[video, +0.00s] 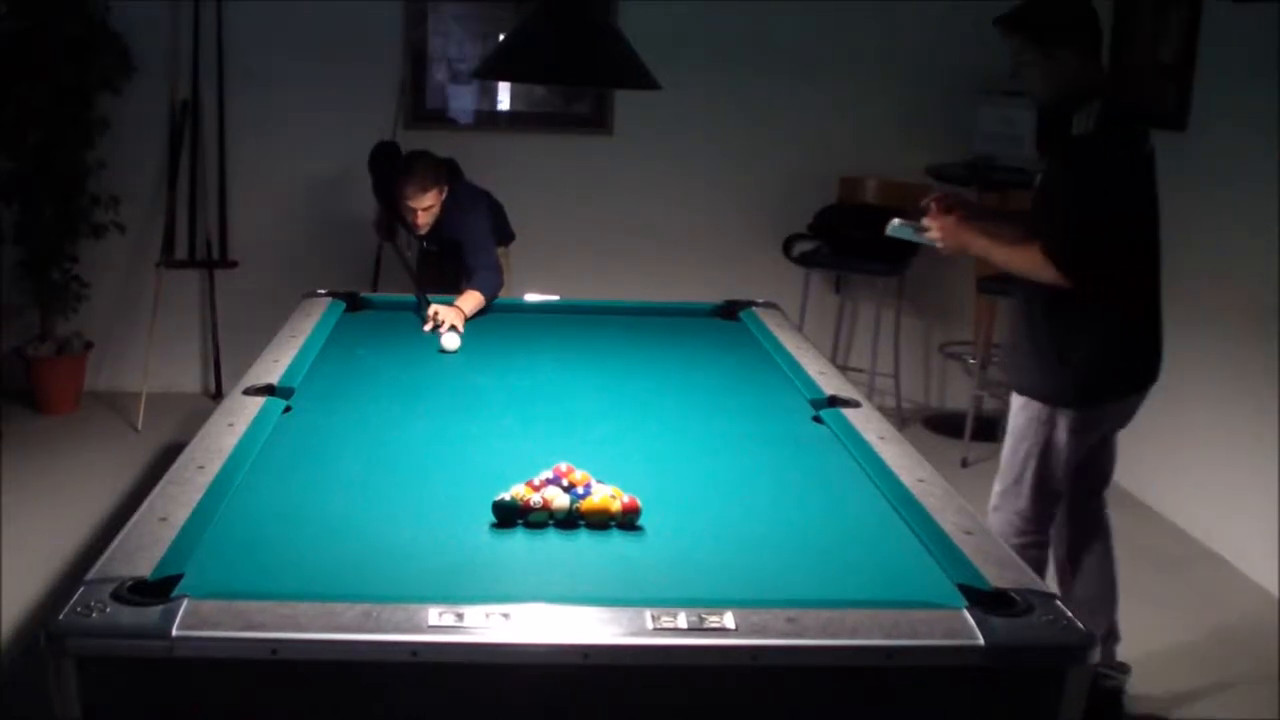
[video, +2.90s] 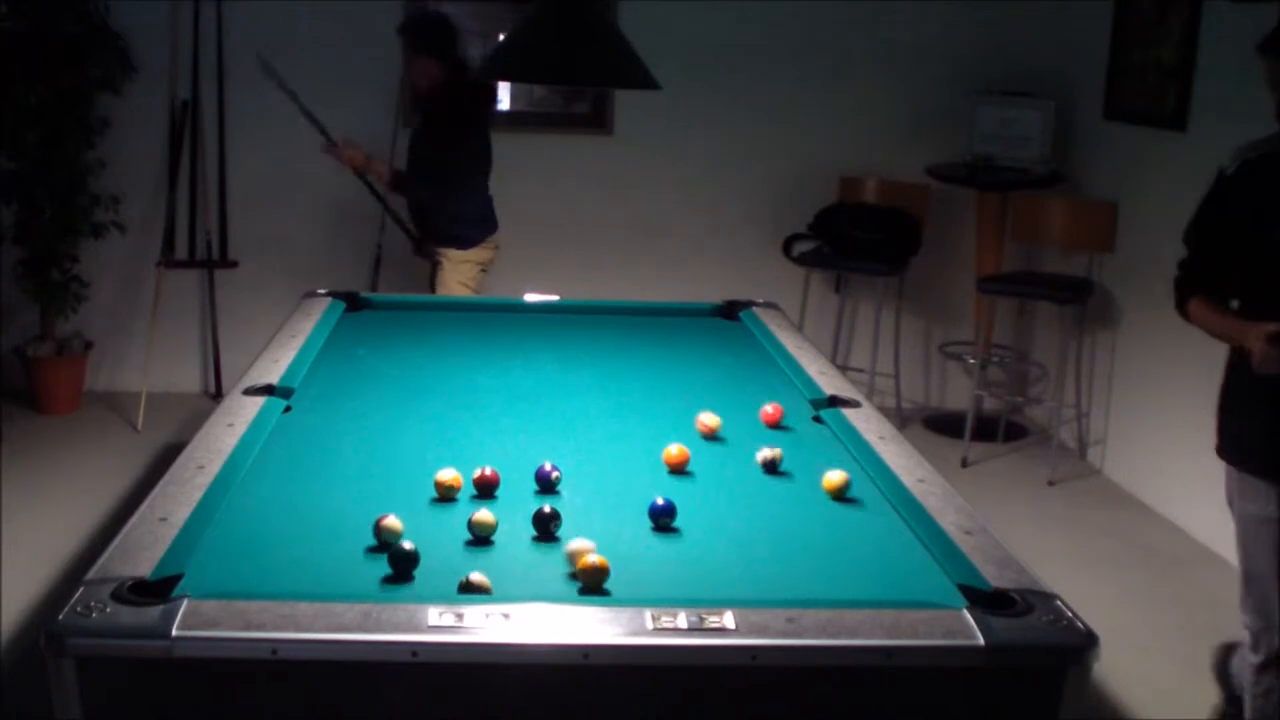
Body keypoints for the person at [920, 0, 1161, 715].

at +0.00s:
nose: (1019, 75)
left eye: (1028, 60)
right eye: (1018, 61)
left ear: (1063, 59)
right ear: (1081, 55)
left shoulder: (1085, 134)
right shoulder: (1106, 126)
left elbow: (1069, 265)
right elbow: (1060, 231)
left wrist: (974, 242)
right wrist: (978, 217)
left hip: (1065, 372)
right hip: (1102, 367)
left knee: (1015, 528)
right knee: (1080, 521)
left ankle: (1005, 674)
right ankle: (1093, 661)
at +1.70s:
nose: (985, 69)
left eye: (993, 54)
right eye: (983, 55)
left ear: (1026, 49)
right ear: (1017, 51)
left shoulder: (1077, 118)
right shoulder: (1024, 113)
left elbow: (1069, 242)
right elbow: (1030, 215)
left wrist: (968, 237)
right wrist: (973, 204)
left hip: (1070, 346)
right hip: (1019, 338)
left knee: (1068, 502)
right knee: (1009, 487)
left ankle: (1097, 644)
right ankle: (1003, 627)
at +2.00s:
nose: (1069, 69)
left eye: (1082, 55)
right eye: (1068, 55)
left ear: (1122, 57)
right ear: (1077, 56)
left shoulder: (1179, 144)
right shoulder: (1075, 126)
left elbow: (1174, 261)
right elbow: (1068, 219)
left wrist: (1059, 252)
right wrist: (1019, 224)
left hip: (1138, 375)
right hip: (1061, 358)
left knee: (1158, 525)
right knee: (1035, 496)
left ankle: (1185, 674)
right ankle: (1011, 630)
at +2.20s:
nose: (1121, 75)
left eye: (1137, 60)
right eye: (1125, 60)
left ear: (1186, 64)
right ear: (1150, 70)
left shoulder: (1258, 156)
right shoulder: (1129, 146)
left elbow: (1263, 282)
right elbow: (1099, 241)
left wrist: (1149, 277)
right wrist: (1081, 251)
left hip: (1213, 391)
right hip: (1122, 375)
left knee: (1199, 547)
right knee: (1060, 505)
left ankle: (1191, 678)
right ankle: (1018, 634)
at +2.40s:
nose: (1228, 90)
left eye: (1242, 78)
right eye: (1220, 74)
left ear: (1266, 80)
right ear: (1205, 72)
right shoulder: (1174, 138)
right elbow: (1138, 248)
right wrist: (1154, 256)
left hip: (1262, 380)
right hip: (1167, 363)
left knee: (1232, 553)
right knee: (1111, 523)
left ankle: (1195, 681)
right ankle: (1094, 663)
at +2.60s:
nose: (1259, 77)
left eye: (1265, 64)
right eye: (1254, 62)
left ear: (1274, 70)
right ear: (1241, 62)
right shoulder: (1205, 142)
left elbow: (1149, 237)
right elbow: (1148, 236)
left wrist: (1182, 284)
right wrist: (1183, 287)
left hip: (1268, 382)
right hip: (1210, 374)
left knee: (1252, 563)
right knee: (1205, 561)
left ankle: (1209, 684)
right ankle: (1197, 698)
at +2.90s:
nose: (1273, 95)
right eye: (1273, 82)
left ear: (1270, 85)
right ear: (1269, 82)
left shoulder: (1254, 175)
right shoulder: (1252, 174)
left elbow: (1192, 292)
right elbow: (1191, 291)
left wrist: (1242, 331)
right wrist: (1245, 332)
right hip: (1262, 437)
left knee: (1267, 614)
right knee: (1265, 619)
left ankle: (1247, 679)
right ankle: (1256, 699)